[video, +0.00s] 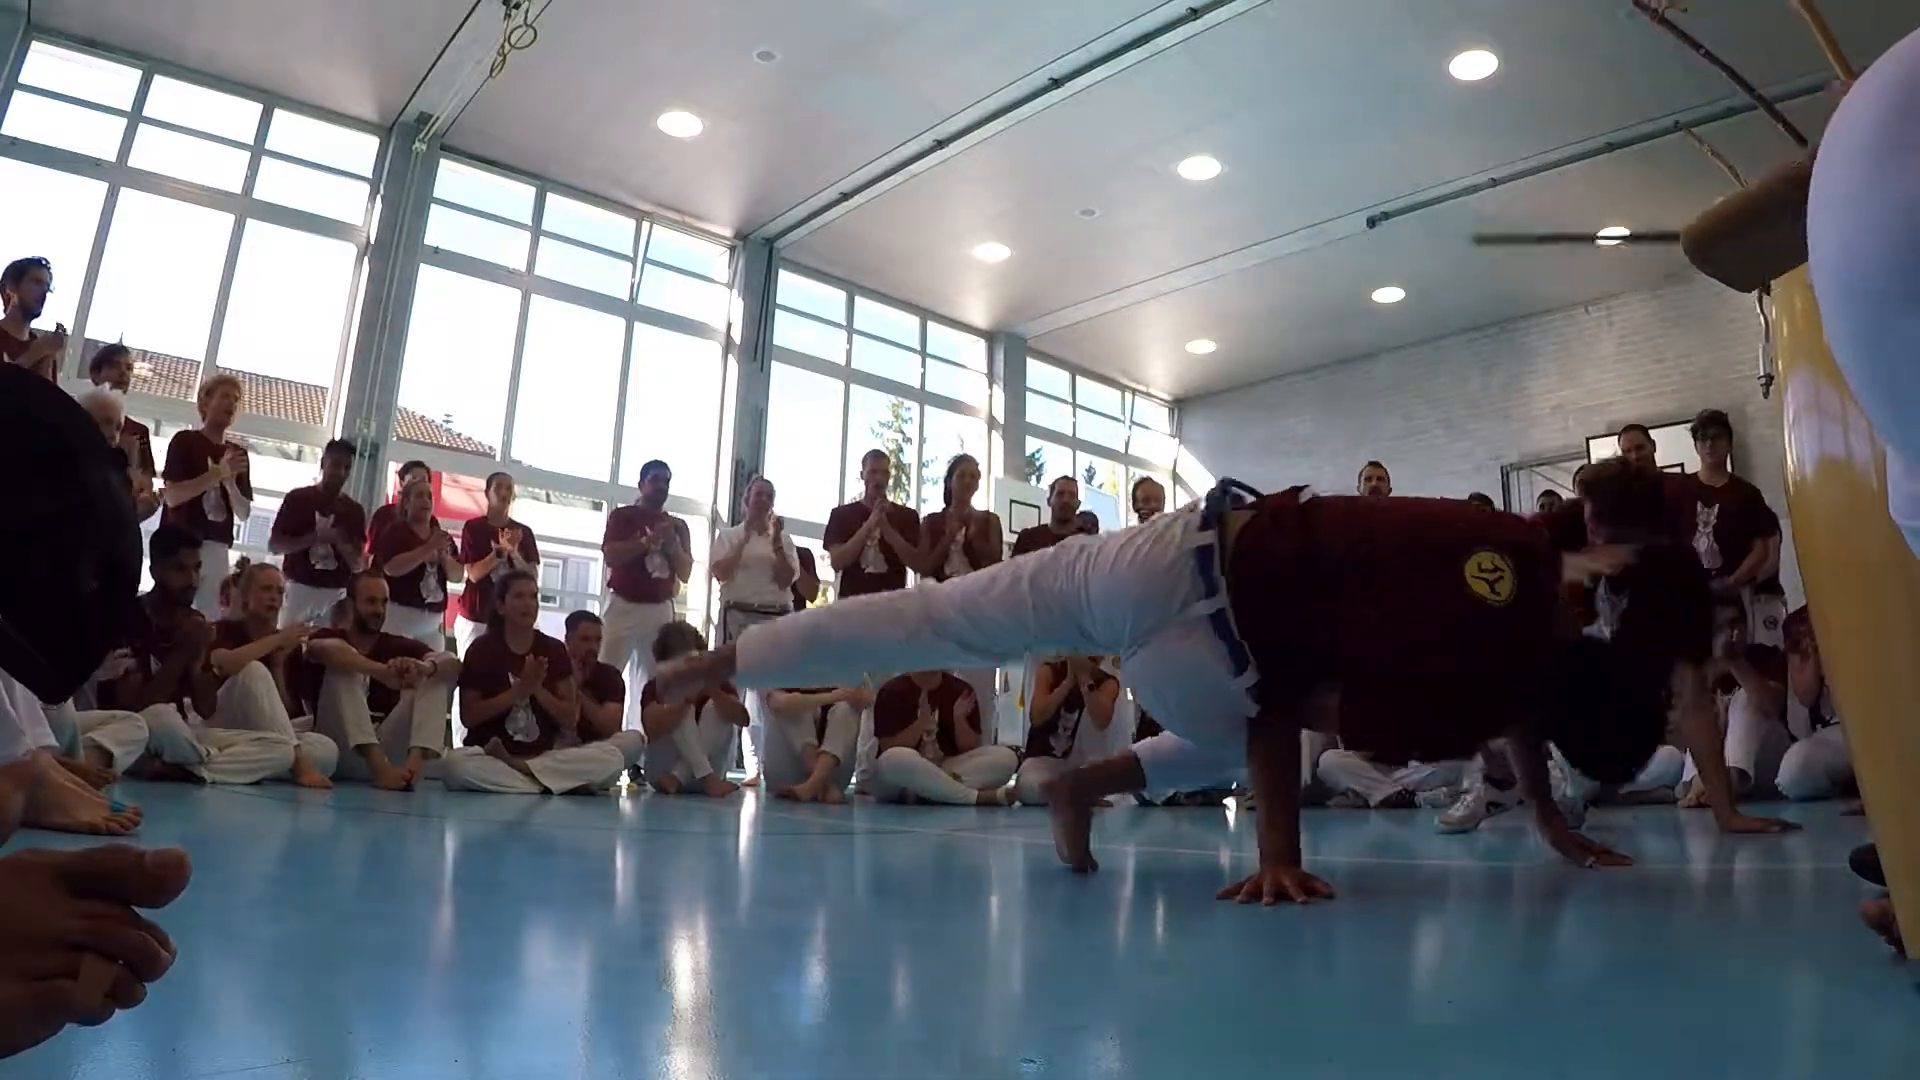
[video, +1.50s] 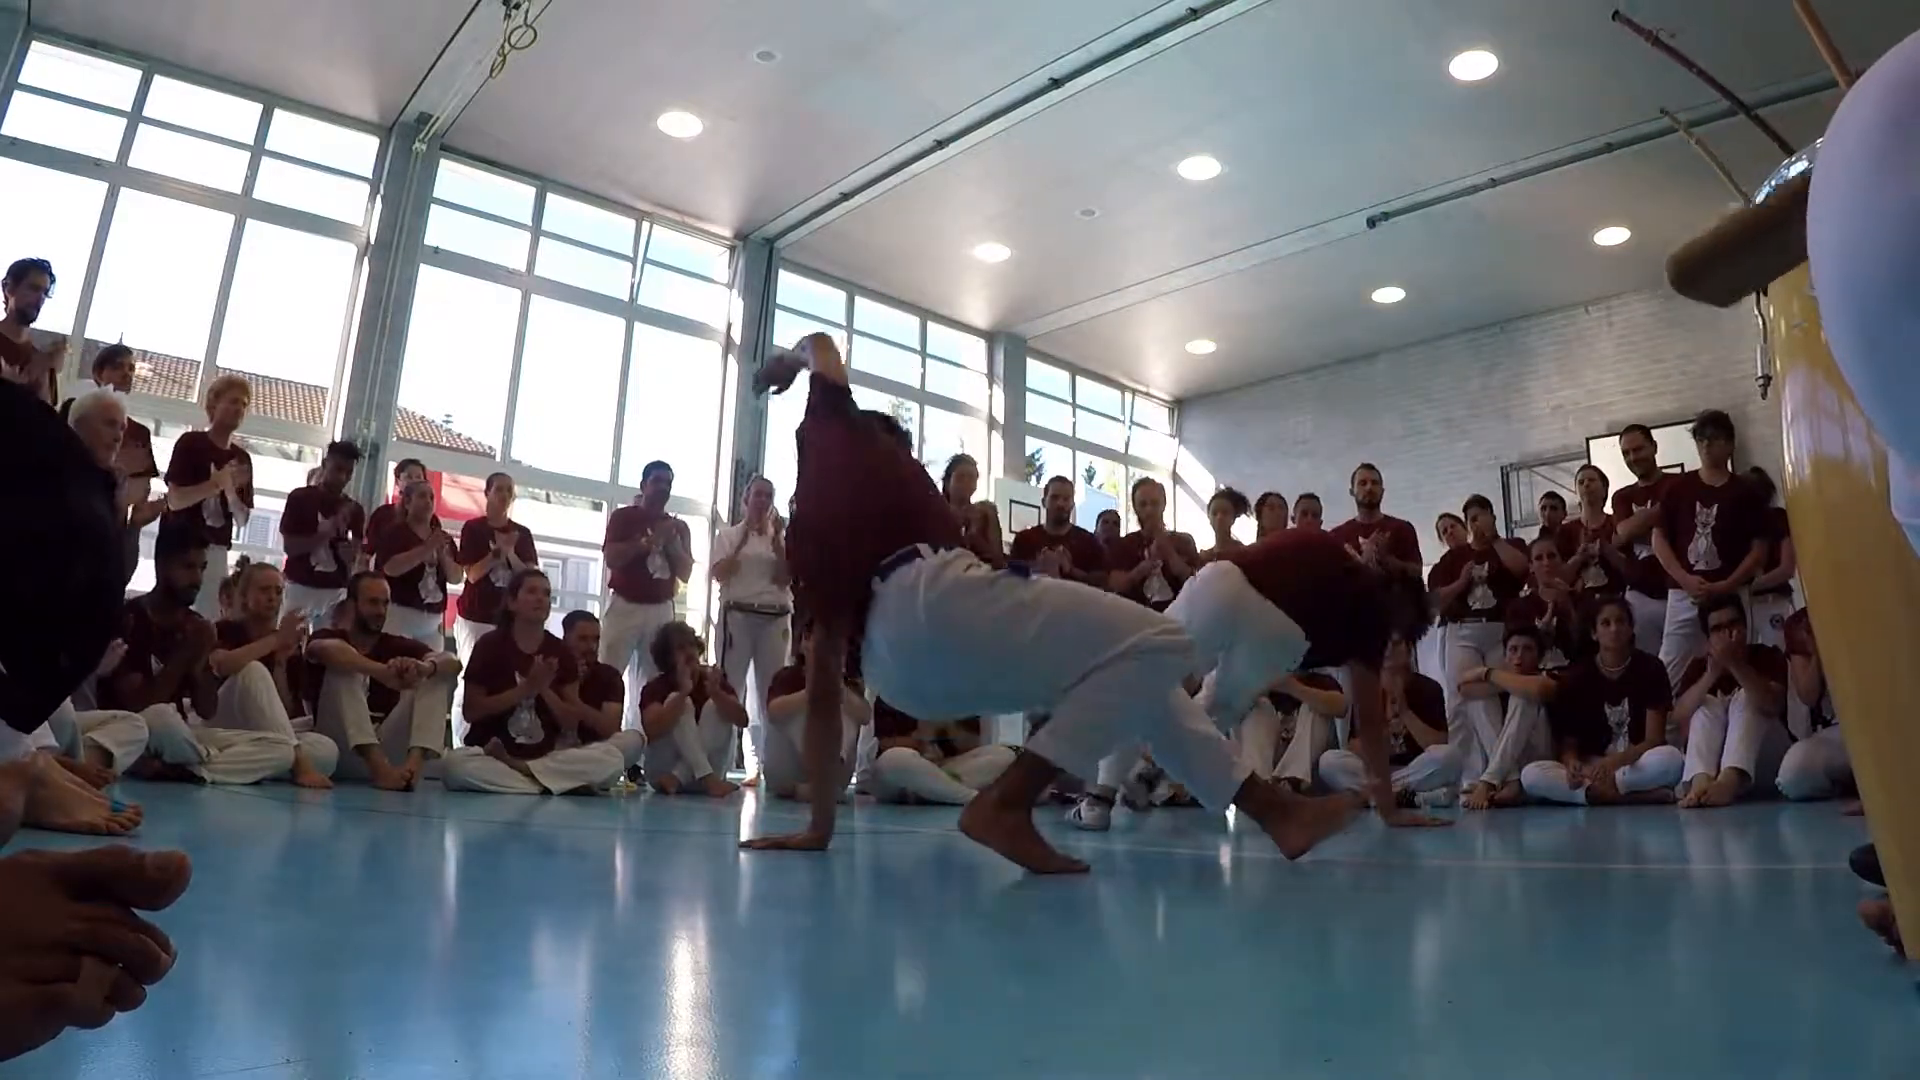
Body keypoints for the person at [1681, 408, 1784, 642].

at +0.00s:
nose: (1709, 445)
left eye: (1717, 438)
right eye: (1703, 439)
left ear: (1729, 443)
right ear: (1695, 444)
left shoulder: (1746, 493)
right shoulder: (1679, 489)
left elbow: (1761, 550)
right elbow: (1668, 539)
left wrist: (1732, 581)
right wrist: (1685, 577)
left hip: (1730, 590)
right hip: (1689, 588)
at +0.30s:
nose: (1710, 444)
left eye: (1717, 438)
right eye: (1703, 438)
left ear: (1730, 443)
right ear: (1696, 444)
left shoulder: (1748, 493)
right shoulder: (1677, 488)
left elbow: (1760, 550)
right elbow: (1660, 541)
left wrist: (1730, 583)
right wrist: (1687, 579)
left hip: (1730, 593)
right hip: (1685, 595)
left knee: (1734, 669)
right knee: (1678, 668)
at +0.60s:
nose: (1710, 445)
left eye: (1717, 438)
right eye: (1704, 439)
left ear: (1730, 443)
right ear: (1696, 445)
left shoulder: (1746, 488)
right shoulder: (1677, 488)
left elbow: (1762, 550)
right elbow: (1660, 541)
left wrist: (1726, 585)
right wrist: (1686, 579)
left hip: (1732, 592)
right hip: (1685, 594)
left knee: (1735, 670)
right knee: (1670, 671)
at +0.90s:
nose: (1709, 445)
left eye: (1716, 438)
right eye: (1703, 439)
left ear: (1728, 443)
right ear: (1695, 445)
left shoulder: (1747, 488)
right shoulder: (1677, 488)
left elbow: (1760, 551)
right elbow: (1659, 541)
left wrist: (1726, 585)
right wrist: (1686, 579)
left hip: (1731, 592)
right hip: (1684, 594)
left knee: (1734, 669)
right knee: (1670, 671)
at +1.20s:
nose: (1708, 445)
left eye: (1715, 438)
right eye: (1702, 439)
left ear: (1728, 443)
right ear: (1694, 445)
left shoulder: (1748, 490)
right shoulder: (1676, 488)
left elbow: (1760, 551)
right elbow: (1658, 540)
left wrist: (1725, 586)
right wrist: (1685, 579)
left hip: (1730, 592)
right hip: (1684, 594)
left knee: (1734, 669)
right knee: (1670, 671)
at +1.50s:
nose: (1706, 446)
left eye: (1714, 440)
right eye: (1701, 440)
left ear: (1730, 445)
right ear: (1696, 445)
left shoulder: (1749, 491)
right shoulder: (1677, 488)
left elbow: (1759, 550)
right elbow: (1658, 539)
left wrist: (1726, 586)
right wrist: (1684, 579)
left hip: (1731, 594)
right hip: (1683, 596)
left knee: (1735, 671)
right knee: (1669, 673)